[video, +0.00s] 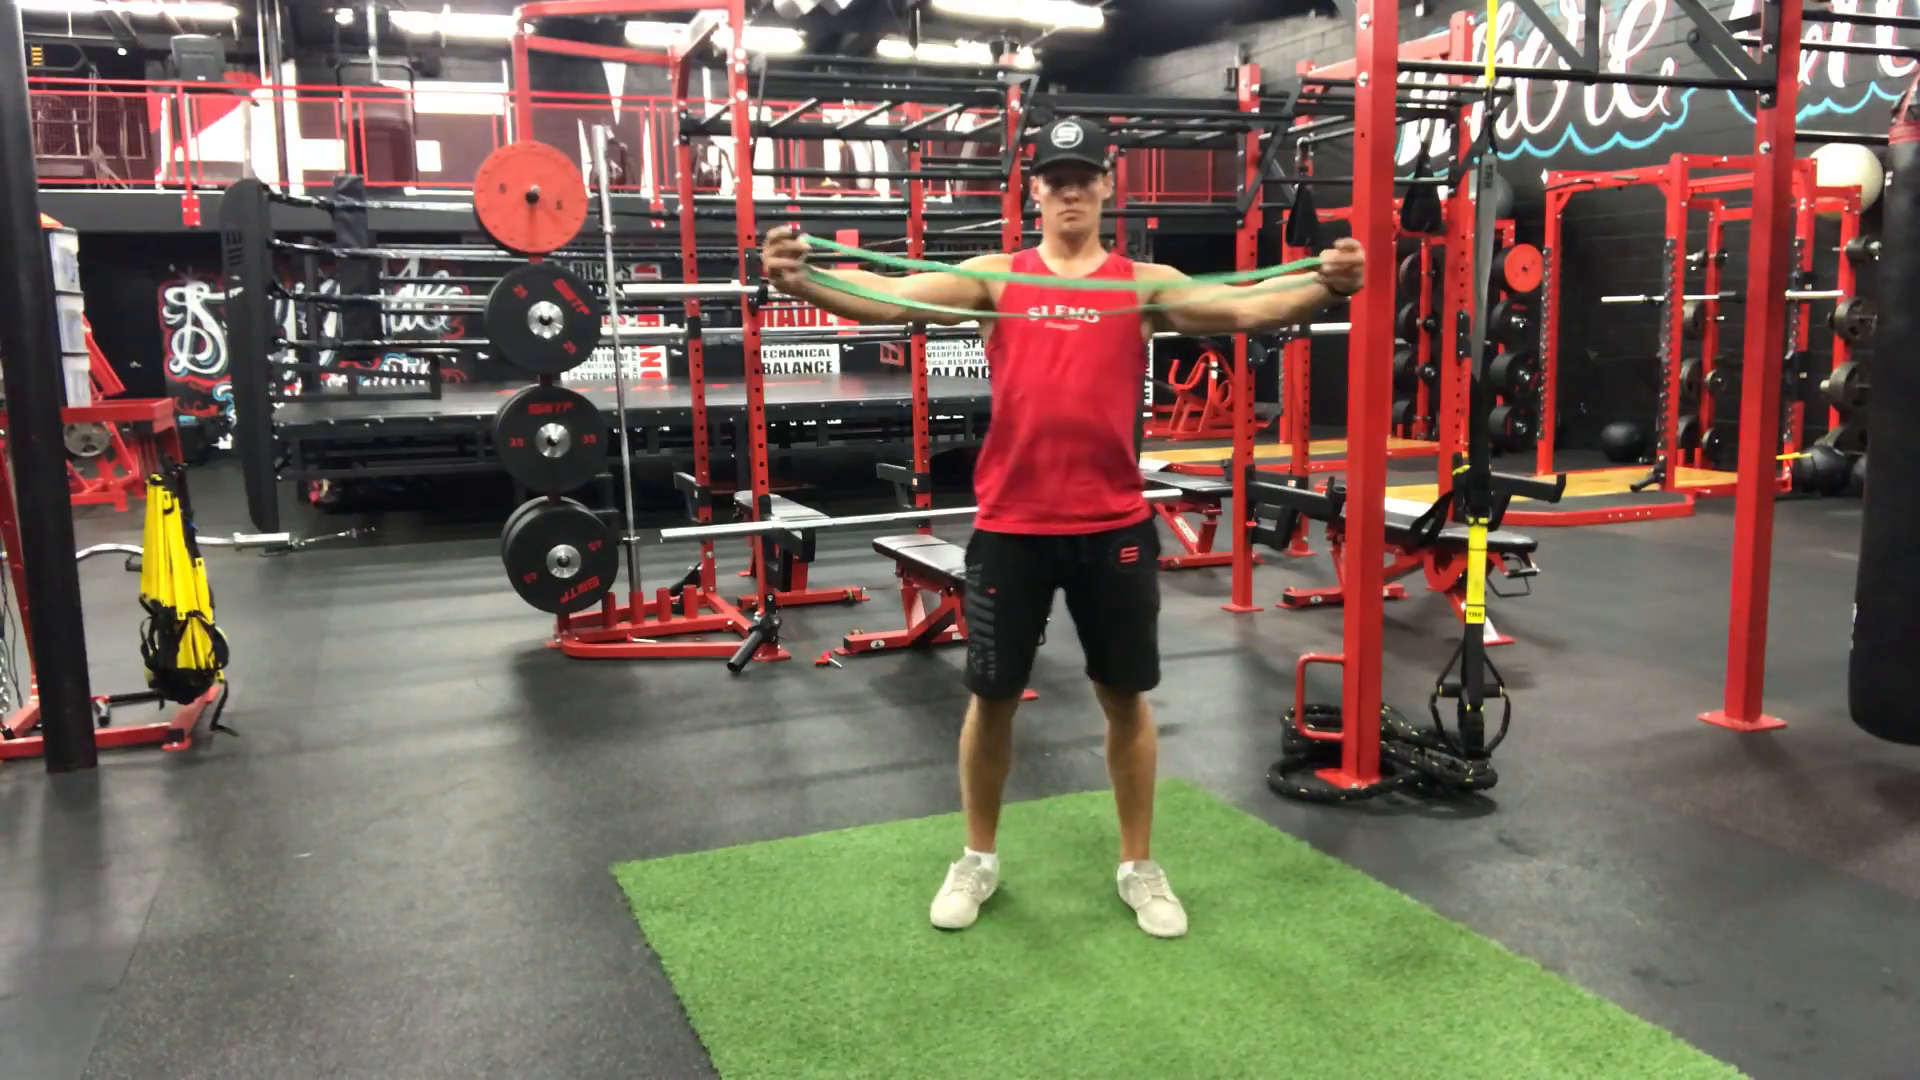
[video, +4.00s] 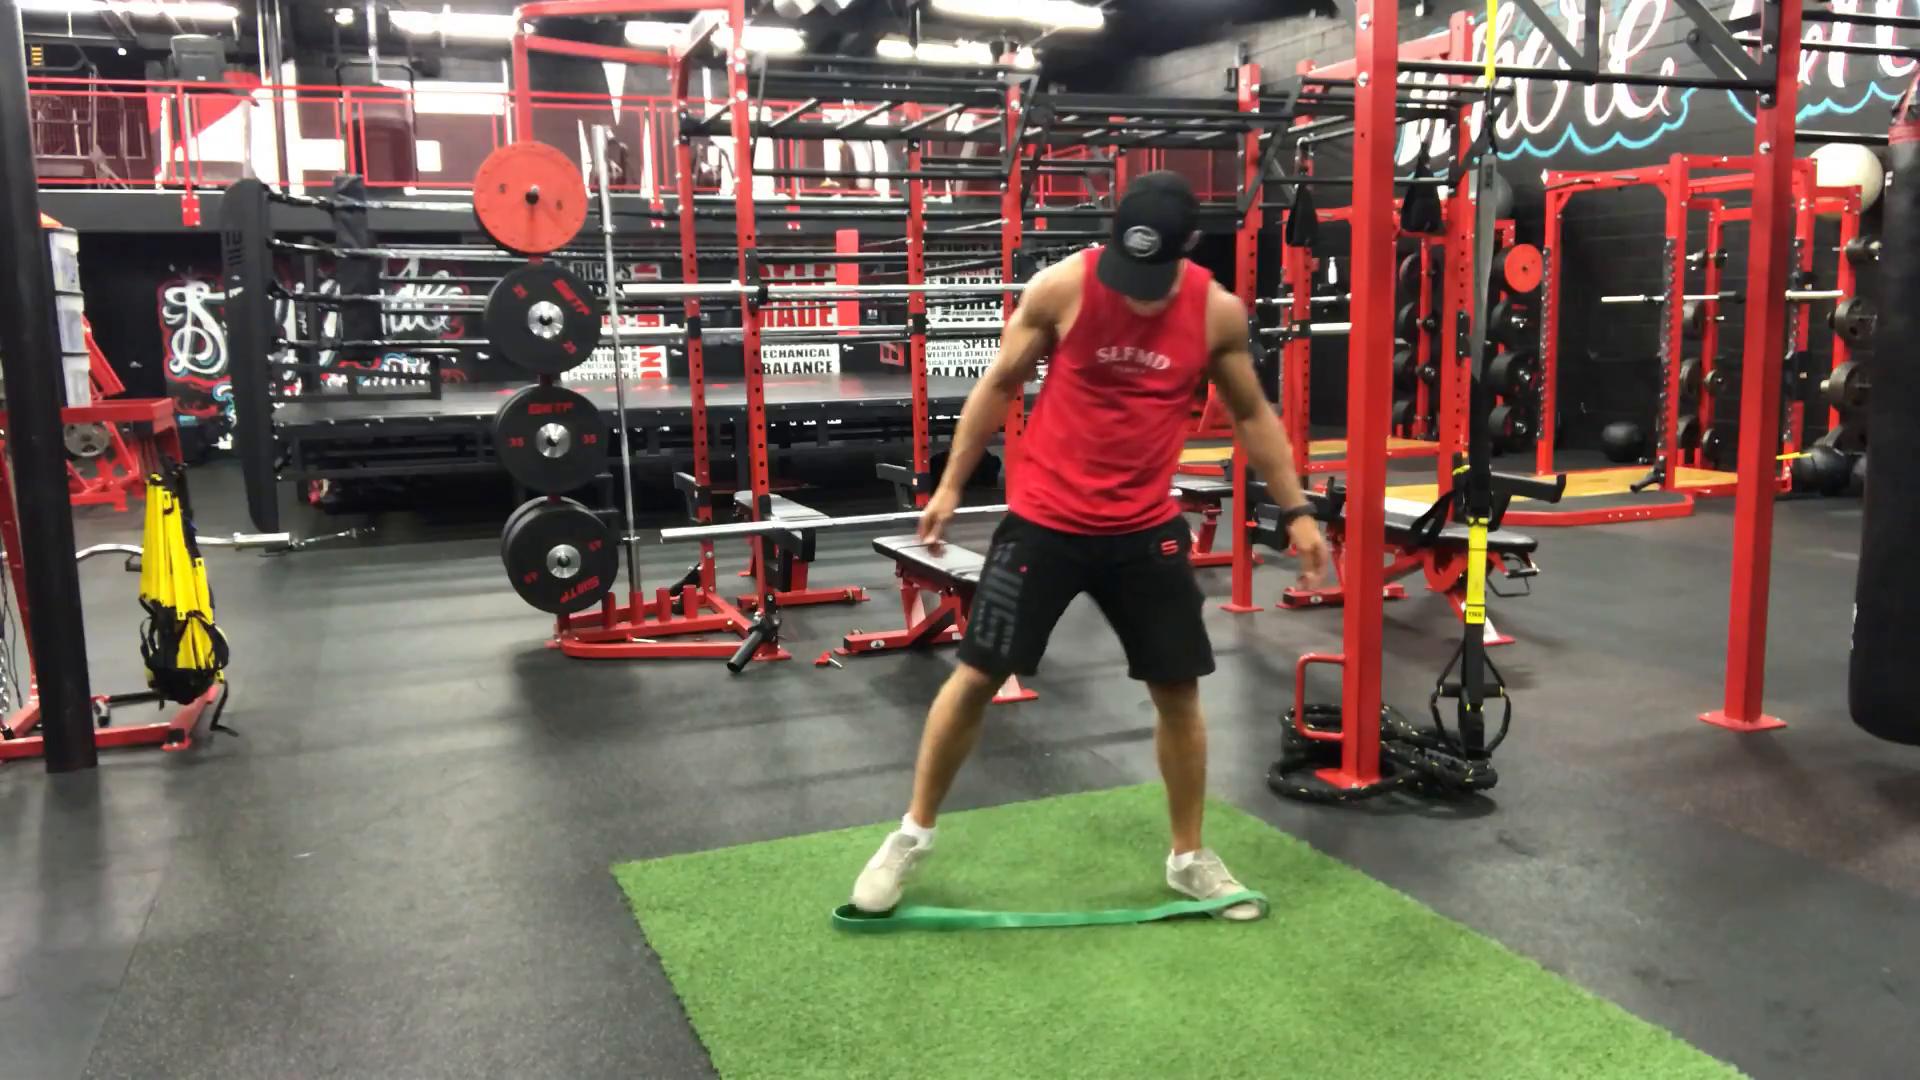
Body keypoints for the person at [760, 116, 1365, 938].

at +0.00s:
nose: (1071, 195)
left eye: (1085, 180)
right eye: (1057, 181)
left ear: (1108, 190)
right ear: (1035, 191)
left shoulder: (1141, 281)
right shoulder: (996, 275)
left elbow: (1245, 306)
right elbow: (896, 301)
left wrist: (1329, 282)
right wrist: (801, 279)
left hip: (1112, 523)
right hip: (1010, 524)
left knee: (1128, 703)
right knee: (990, 698)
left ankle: (1139, 865)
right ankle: (976, 859)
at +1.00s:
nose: (990, 219)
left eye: (1002, 204)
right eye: (975, 205)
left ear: (1023, 195)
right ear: (950, 199)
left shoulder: (1063, 278)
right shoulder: (913, 283)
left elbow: (1167, 327)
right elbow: (825, 342)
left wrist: (1250, 344)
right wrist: (746, 353)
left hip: (1051, 514)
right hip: (955, 524)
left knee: (1088, 687)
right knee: (960, 696)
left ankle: (1111, 860)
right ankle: (973, 858)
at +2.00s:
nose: (1061, 706)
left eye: (1072, 695)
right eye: (1052, 694)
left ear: (1104, 654)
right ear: (1027, 650)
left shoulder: (1147, 638)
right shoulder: (977, 640)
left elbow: (1219, 725)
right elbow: (903, 719)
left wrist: (1286, 825)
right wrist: (838, 818)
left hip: (1097, 540)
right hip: (1001, 544)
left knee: (1165, 687)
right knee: (962, 696)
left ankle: (1131, 823)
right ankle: (992, 831)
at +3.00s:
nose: (1013, 358)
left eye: (1023, 341)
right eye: (997, 347)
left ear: (1039, 314)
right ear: (968, 324)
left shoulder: (1085, 344)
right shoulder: (929, 377)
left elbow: (1121, 410)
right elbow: (901, 477)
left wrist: (1144, 490)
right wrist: (883, 579)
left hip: (1088, 513)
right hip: (994, 531)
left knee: (1153, 641)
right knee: (983, 683)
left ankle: (1192, 827)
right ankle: (995, 829)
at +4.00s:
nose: (1137, 284)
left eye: (1153, 271)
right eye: (1127, 268)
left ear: (1184, 254)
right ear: (1111, 242)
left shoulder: (1216, 313)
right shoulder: (1061, 290)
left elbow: (1253, 412)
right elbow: (998, 383)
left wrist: (1298, 509)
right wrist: (949, 486)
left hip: (1145, 531)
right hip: (1044, 524)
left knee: (1179, 690)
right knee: (979, 674)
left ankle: (1189, 854)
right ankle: (912, 832)